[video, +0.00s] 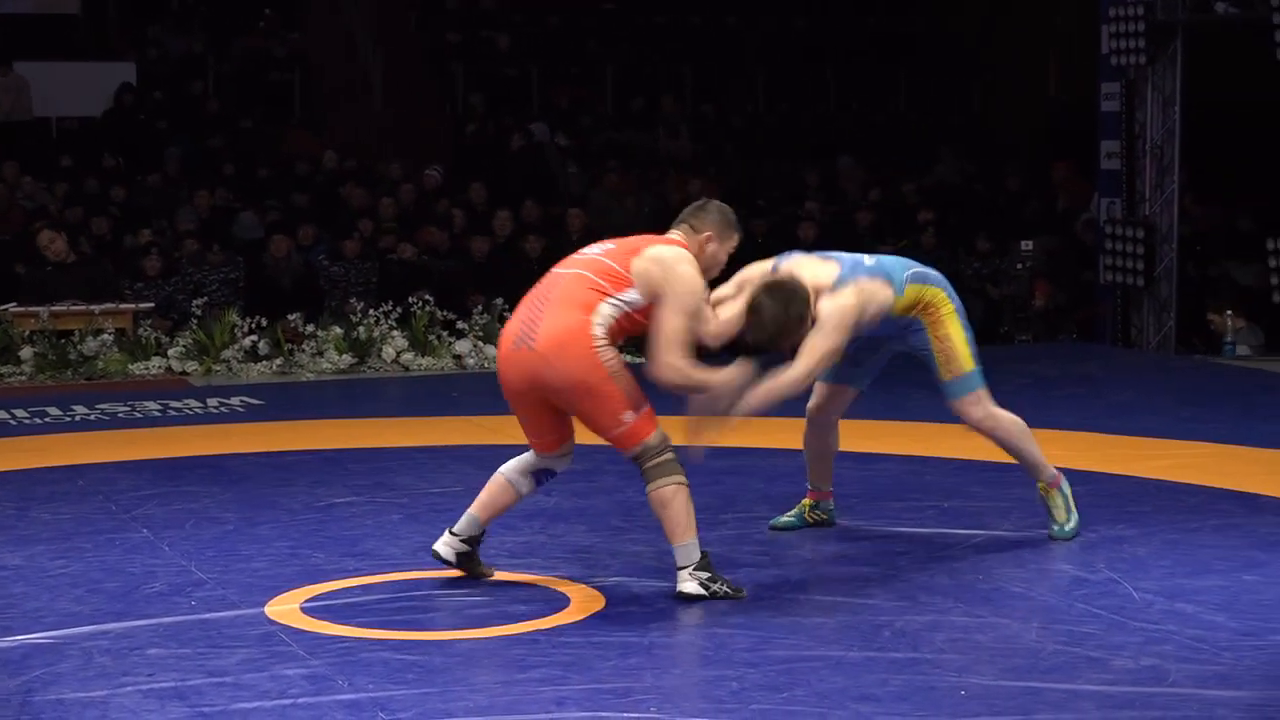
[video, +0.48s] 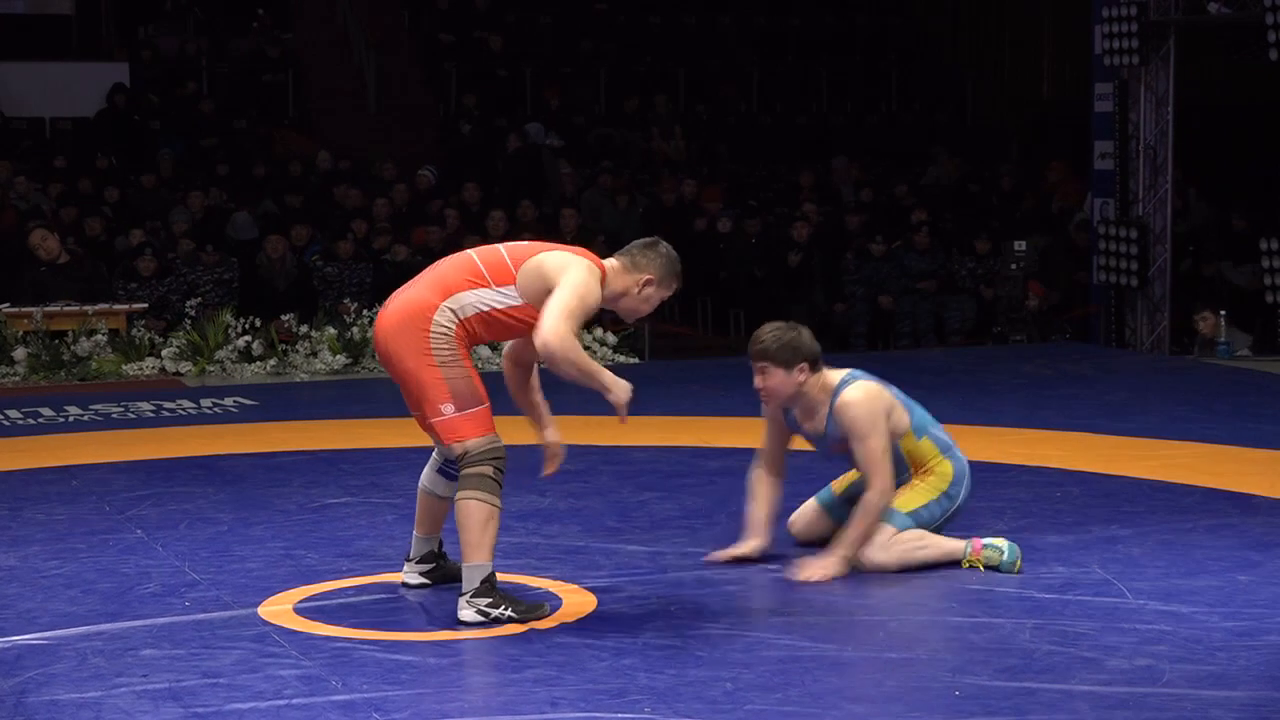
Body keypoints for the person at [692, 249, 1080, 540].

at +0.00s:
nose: (785, 353)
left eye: (784, 346)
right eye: (770, 349)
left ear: (797, 322)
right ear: (759, 310)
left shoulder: (838, 305)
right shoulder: (761, 277)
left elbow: (799, 373)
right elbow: (749, 360)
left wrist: (737, 410)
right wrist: (703, 412)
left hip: (925, 303)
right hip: (870, 318)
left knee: (977, 411)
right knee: (820, 410)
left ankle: (1051, 481)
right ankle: (819, 502)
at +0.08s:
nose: (776, 410)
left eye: (775, 403)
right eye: (763, 402)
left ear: (789, 374)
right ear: (743, 361)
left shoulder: (826, 359)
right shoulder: (743, 320)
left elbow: (804, 443)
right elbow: (676, 356)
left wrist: (749, 509)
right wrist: (640, 293)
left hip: (911, 304)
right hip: (848, 292)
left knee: (931, 427)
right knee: (807, 398)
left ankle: (1030, 455)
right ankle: (801, 496)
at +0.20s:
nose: (747, 455)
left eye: (750, 449)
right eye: (737, 449)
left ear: (776, 426)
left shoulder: (823, 420)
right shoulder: (738, 379)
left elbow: (823, 512)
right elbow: (666, 416)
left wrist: (774, 563)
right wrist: (623, 468)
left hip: (916, 358)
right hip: (863, 337)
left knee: (894, 473)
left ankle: (1009, 501)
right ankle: (817, 462)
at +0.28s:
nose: (729, 448)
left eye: (737, 440)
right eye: (724, 439)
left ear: (768, 427)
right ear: (722, 425)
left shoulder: (817, 429)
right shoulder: (733, 422)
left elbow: (822, 520)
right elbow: (689, 490)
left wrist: (774, 562)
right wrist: (652, 561)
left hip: (915, 428)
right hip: (866, 421)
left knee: (879, 546)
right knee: (790, 484)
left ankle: (995, 539)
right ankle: (875, 487)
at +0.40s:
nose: (743, 401)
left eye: (752, 391)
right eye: (740, 391)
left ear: (788, 390)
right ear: (743, 392)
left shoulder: (834, 417)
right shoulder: (759, 422)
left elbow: (832, 509)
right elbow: (711, 484)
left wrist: (779, 559)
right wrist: (672, 555)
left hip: (927, 487)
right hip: (876, 485)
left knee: (858, 558)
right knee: (791, 528)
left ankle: (962, 549)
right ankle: (901, 531)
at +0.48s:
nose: (756, 384)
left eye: (764, 373)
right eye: (754, 373)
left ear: (801, 372)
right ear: (796, 374)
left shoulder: (855, 401)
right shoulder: (781, 400)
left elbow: (880, 489)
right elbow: (768, 468)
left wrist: (838, 557)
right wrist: (755, 539)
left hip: (937, 476)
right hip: (889, 468)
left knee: (869, 552)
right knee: (803, 528)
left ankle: (972, 551)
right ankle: (902, 518)